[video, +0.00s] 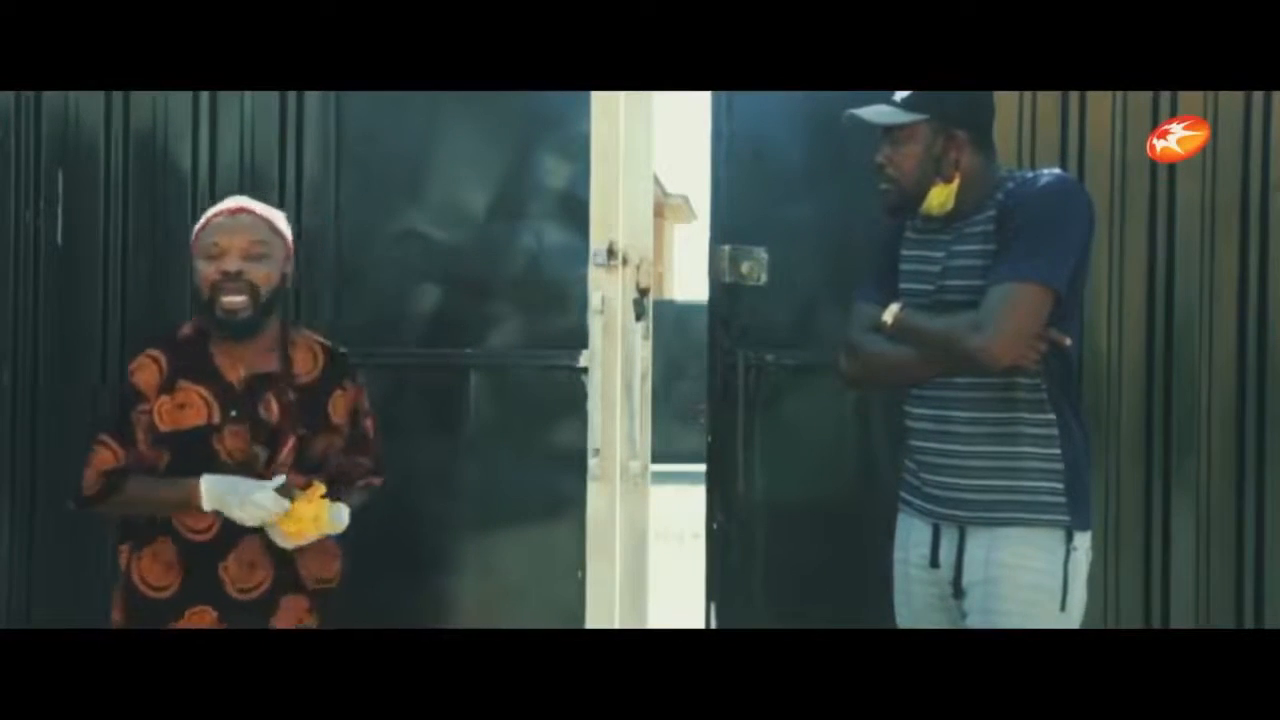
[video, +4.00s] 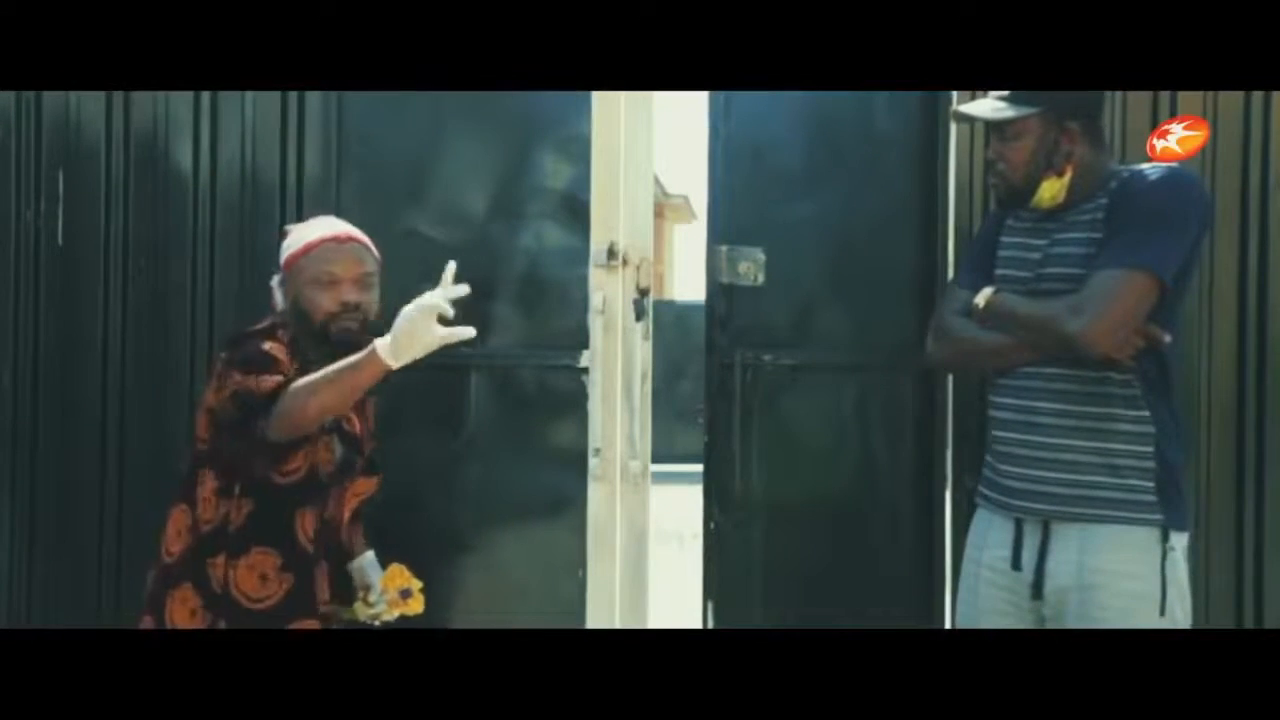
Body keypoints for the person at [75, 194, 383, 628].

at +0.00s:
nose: (231, 270)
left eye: (255, 257)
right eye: (213, 256)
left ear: (286, 271)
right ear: (193, 270)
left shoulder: (328, 371)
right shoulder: (157, 370)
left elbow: (363, 475)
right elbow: (99, 487)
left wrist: (327, 510)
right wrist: (211, 493)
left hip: (288, 613)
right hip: (173, 612)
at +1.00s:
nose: (306, 285)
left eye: (318, 270)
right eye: (283, 271)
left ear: (332, 283)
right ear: (242, 283)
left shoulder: (336, 382)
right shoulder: (192, 374)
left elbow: (359, 494)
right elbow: (101, 475)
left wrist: (377, 559)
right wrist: (151, 507)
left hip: (304, 614)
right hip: (198, 614)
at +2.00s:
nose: (313, 241)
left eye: (319, 227)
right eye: (296, 229)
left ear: (332, 231)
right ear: (260, 245)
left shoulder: (343, 347)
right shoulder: (237, 324)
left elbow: (343, 469)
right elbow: (278, 311)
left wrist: (375, 546)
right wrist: (320, 273)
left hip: (315, 554)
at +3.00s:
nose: (282, 294)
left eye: (301, 278)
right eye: (260, 278)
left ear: (321, 290)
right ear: (229, 288)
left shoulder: (334, 375)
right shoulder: (184, 368)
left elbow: (354, 489)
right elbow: (94, 470)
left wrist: (392, 572)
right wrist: (152, 418)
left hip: (288, 614)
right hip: (175, 612)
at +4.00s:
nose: (351, 299)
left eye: (364, 283)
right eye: (327, 283)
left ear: (380, 292)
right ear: (286, 294)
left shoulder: (356, 370)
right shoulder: (254, 357)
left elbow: (342, 497)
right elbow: (278, 419)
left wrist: (367, 575)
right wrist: (389, 352)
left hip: (306, 600)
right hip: (220, 605)